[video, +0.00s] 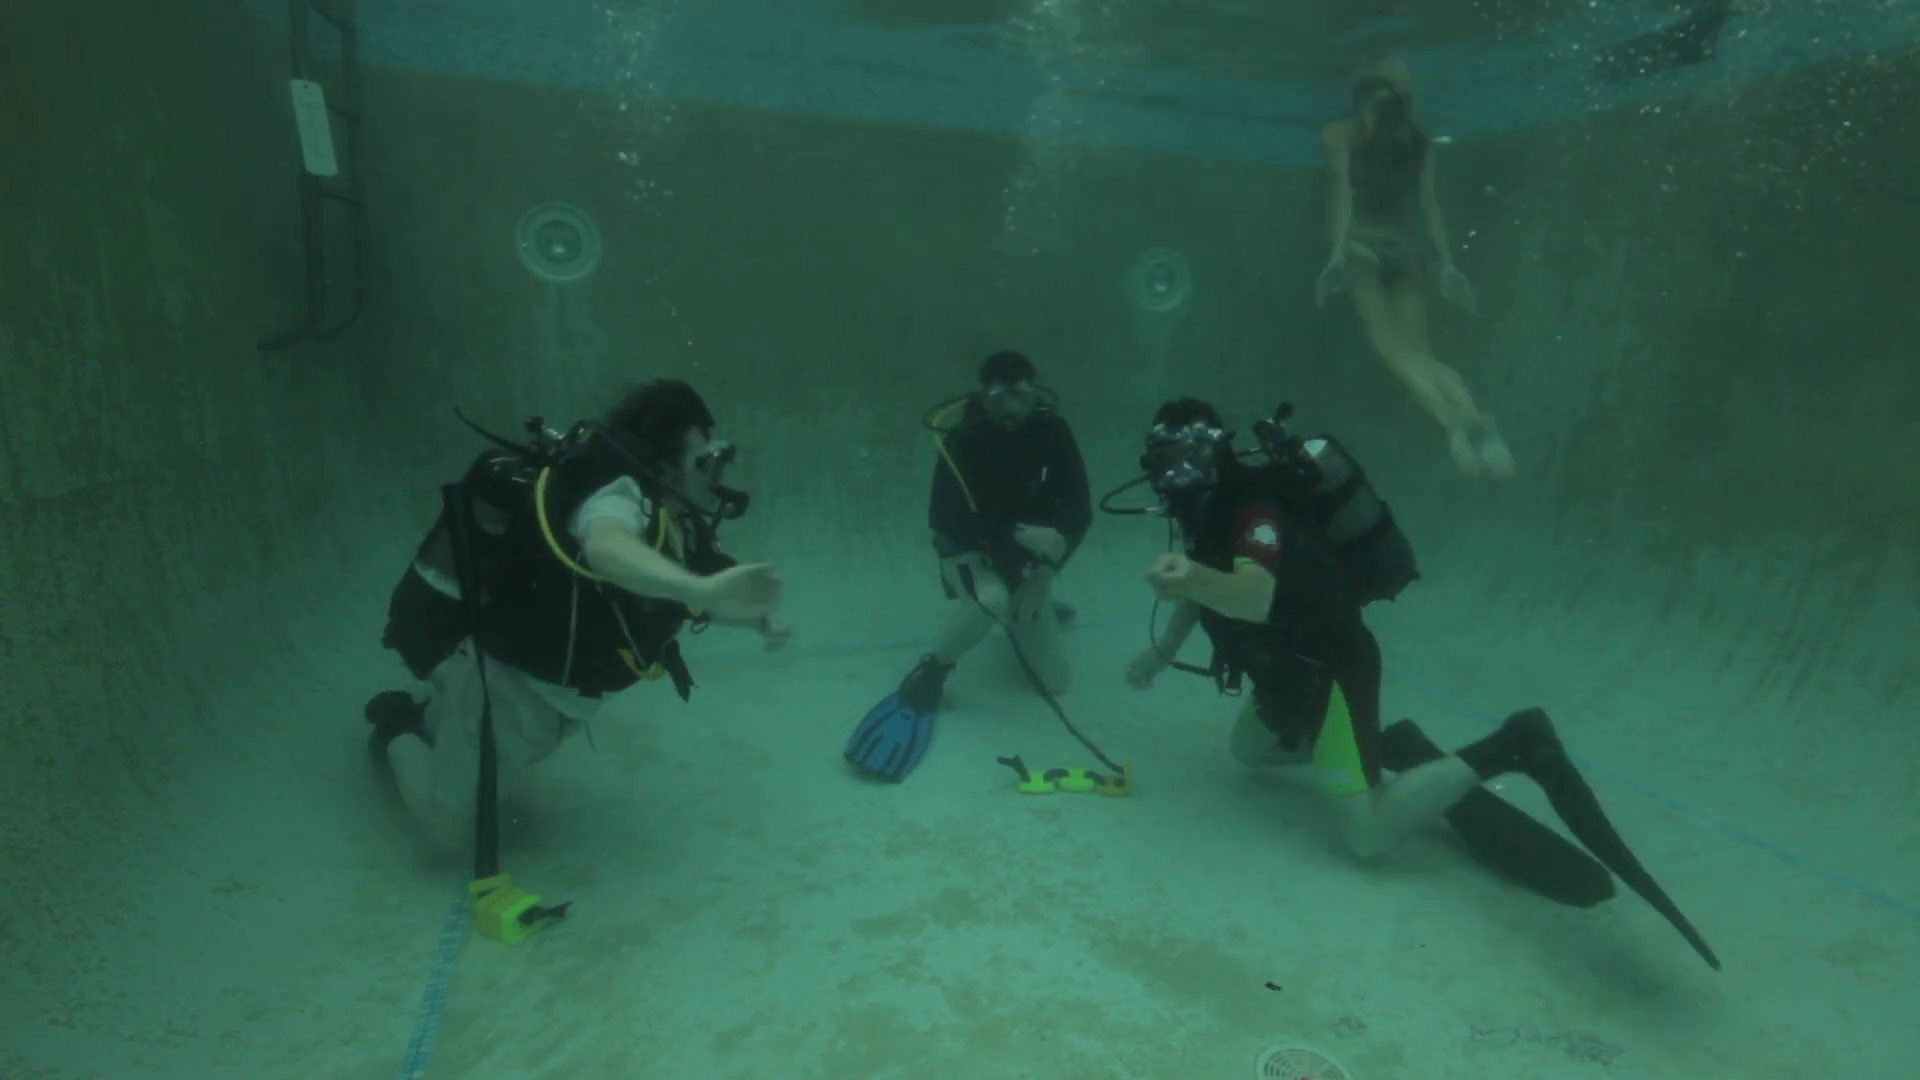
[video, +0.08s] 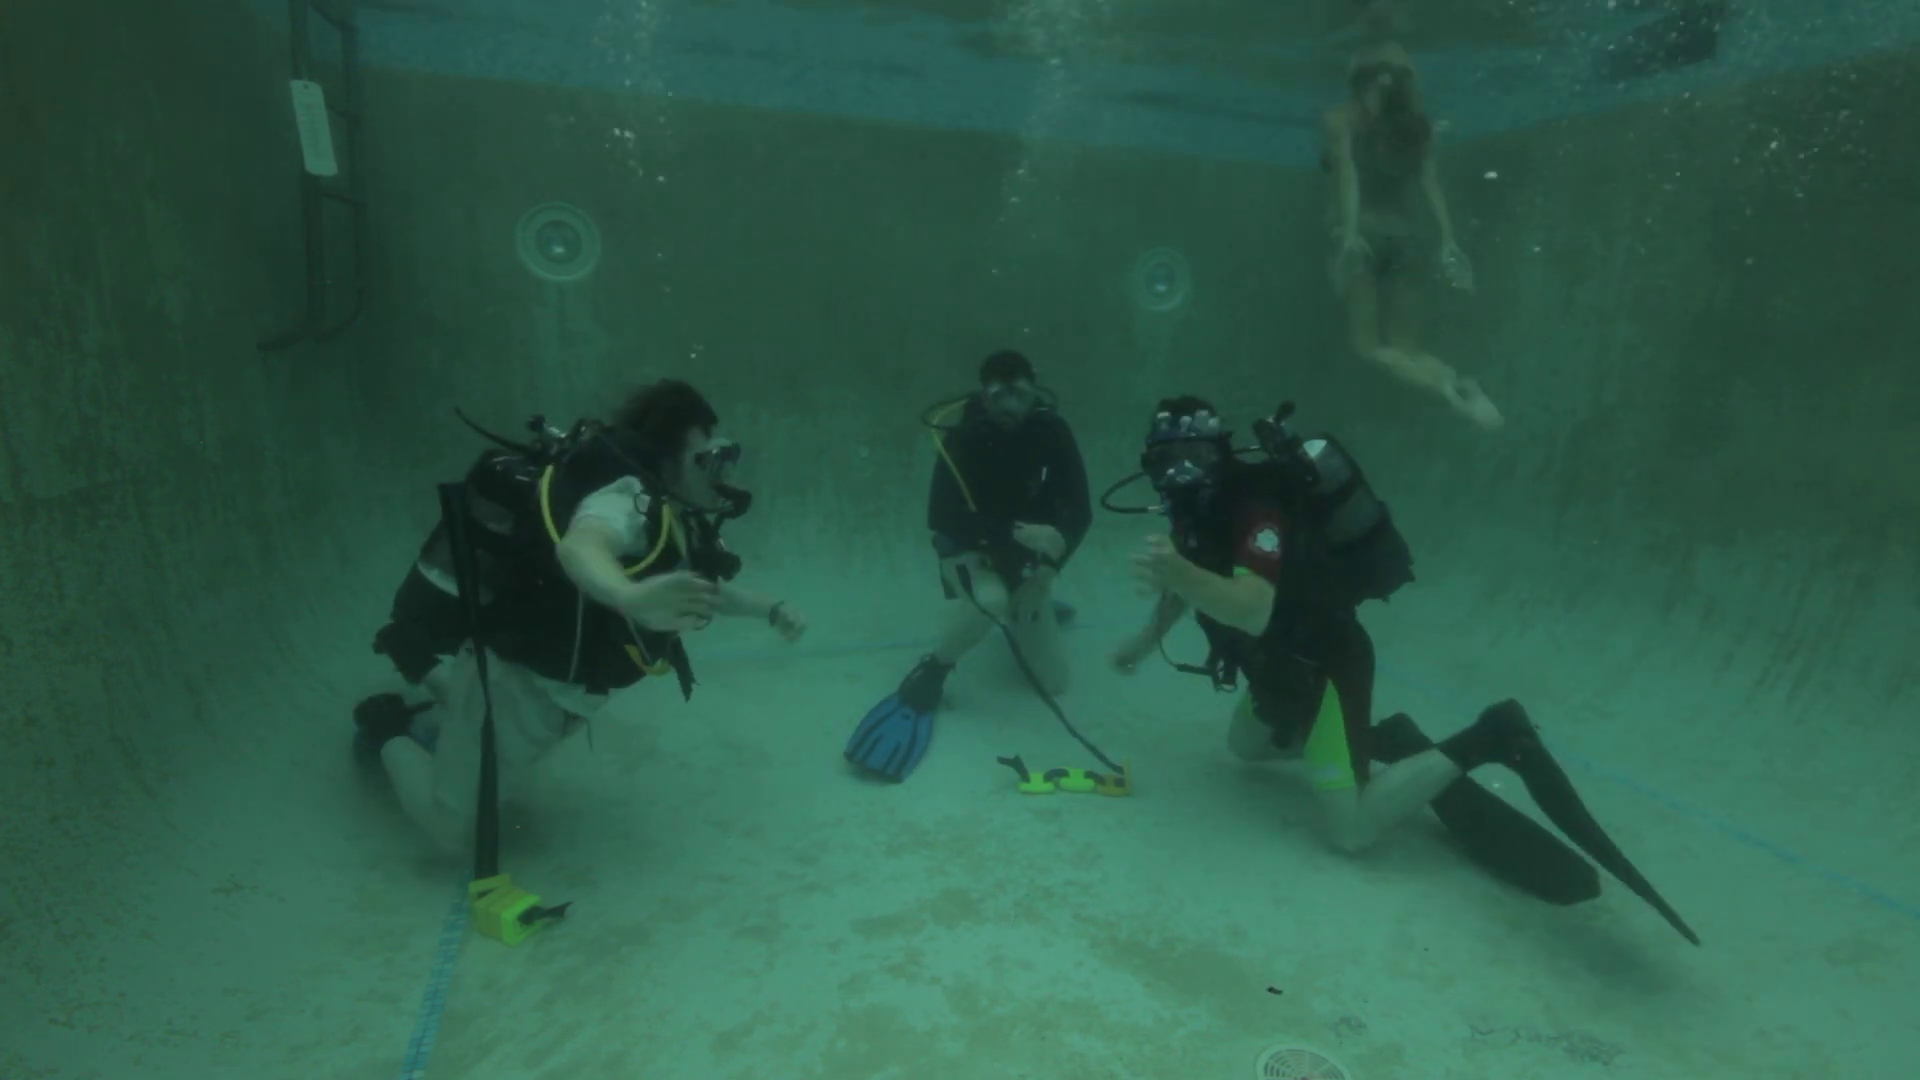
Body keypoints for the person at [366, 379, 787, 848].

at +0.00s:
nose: (719, 475)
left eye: (719, 460)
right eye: (706, 463)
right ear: (661, 462)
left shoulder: (679, 515)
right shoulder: (617, 494)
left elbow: (695, 593)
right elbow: (604, 548)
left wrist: (756, 617)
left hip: (568, 689)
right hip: (505, 681)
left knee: (502, 758)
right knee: (451, 826)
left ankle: (427, 715)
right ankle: (396, 735)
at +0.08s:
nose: (721, 471)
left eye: (722, 456)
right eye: (707, 458)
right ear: (666, 460)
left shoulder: (681, 517)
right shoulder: (624, 500)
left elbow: (693, 589)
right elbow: (580, 549)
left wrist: (763, 609)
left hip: (572, 687)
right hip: (513, 678)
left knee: (502, 764)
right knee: (454, 826)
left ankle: (423, 716)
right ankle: (386, 738)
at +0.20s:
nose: (724, 465)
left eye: (722, 451)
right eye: (711, 453)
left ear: (686, 458)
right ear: (671, 457)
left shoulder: (682, 513)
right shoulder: (628, 507)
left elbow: (710, 576)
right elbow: (540, 570)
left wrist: (783, 594)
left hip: (574, 685)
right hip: (527, 682)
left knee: (513, 737)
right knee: (463, 831)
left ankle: (416, 677)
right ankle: (379, 739)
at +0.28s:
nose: (728, 459)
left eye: (725, 447)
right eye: (717, 448)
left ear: (684, 453)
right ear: (681, 451)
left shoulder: (684, 514)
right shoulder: (633, 502)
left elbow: (719, 571)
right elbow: (549, 546)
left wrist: (794, 585)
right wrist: (500, 591)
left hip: (570, 671)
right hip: (519, 667)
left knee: (517, 732)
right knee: (476, 822)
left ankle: (402, 676)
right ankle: (375, 740)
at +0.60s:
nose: (734, 451)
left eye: (733, 438)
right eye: (726, 439)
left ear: (693, 440)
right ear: (691, 442)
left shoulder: (695, 494)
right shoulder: (632, 488)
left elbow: (750, 556)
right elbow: (550, 558)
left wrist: (835, 565)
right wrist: (530, 635)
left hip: (595, 665)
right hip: (541, 663)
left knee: (527, 782)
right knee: (509, 831)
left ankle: (377, 704)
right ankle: (369, 746)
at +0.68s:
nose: (734, 447)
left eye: (733, 434)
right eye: (725, 435)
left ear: (695, 439)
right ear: (687, 439)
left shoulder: (697, 490)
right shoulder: (635, 485)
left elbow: (750, 555)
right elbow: (564, 564)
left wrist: (829, 570)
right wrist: (575, 635)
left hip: (591, 665)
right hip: (545, 666)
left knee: (518, 754)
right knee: (519, 830)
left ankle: (374, 709)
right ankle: (379, 745)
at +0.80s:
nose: (730, 443)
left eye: (729, 431)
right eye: (721, 431)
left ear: (688, 432)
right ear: (686, 434)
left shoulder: (692, 482)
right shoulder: (640, 479)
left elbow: (725, 553)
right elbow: (585, 559)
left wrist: (782, 578)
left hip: (596, 660)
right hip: (560, 659)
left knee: (529, 781)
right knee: (530, 830)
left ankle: (366, 710)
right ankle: (382, 736)